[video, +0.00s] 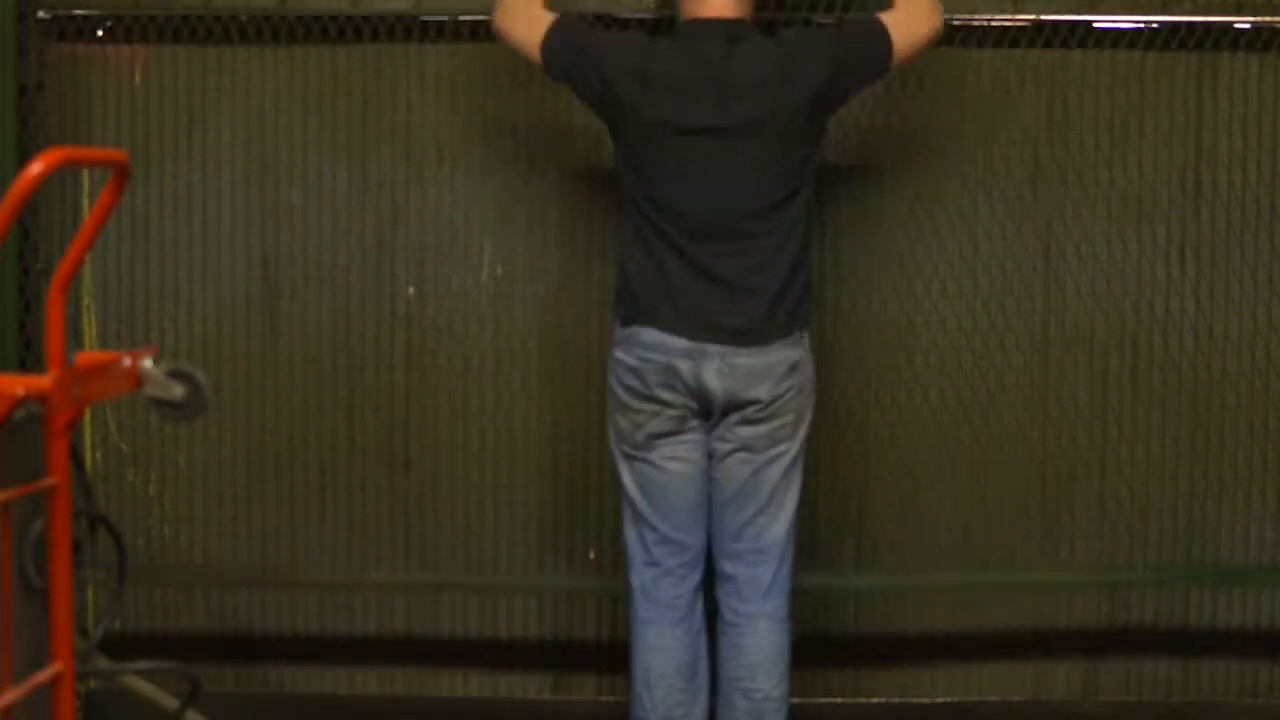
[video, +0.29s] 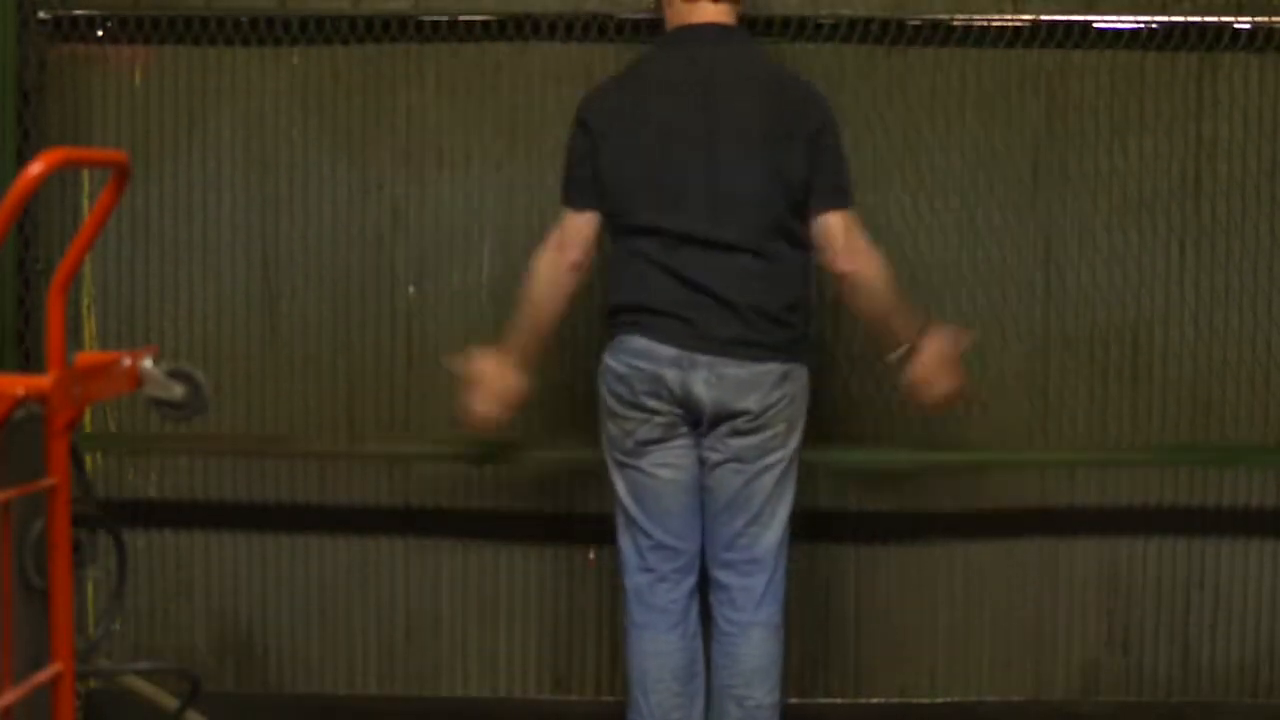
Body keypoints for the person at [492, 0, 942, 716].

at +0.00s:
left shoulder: (629, 65)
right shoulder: (802, 64)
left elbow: (516, 16)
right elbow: (920, 16)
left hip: (653, 337)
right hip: (764, 343)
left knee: (663, 571)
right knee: (755, 574)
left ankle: (668, 714)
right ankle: (754, 713)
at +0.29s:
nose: (674, 11)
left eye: (666, 6)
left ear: (664, 10)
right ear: (740, 10)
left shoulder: (616, 98)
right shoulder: (794, 98)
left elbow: (570, 249)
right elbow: (843, 251)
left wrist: (512, 359)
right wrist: (914, 339)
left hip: (641, 352)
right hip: (757, 363)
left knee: (658, 575)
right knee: (747, 577)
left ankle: (665, 714)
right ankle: (745, 712)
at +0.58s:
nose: (652, 17)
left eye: (652, 12)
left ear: (659, 16)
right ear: (734, 21)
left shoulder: (615, 107)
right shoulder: (786, 106)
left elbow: (603, 258)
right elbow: (798, 263)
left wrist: (590, 357)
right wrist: (816, 353)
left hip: (637, 348)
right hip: (755, 358)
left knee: (654, 583)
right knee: (746, 585)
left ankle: (665, 717)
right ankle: (746, 716)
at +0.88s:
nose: (654, 12)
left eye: (657, 7)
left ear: (660, 13)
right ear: (742, 13)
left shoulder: (606, 96)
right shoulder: (794, 97)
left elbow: (589, 255)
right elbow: (812, 264)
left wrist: (578, 268)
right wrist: (828, 270)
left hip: (635, 367)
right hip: (753, 371)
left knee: (654, 586)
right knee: (744, 587)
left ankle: (665, 717)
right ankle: (745, 716)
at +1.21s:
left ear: (659, 5)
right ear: (738, 5)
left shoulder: (606, 91)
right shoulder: (790, 93)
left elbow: (566, 230)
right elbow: (824, 236)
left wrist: (623, 163)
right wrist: (824, 145)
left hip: (637, 367)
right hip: (753, 371)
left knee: (656, 583)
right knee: (744, 585)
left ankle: (664, 716)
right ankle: (744, 716)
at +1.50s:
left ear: (664, 10)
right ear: (741, 11)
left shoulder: (620, 83)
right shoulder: (781, 88)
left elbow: (543, 96)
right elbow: (863, 106)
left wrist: (583, 1)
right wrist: (843, 11)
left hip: (638, 358)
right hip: (750, 363)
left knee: (656, 579)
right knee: (744, 580)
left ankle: (666, 714)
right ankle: (744, 713)